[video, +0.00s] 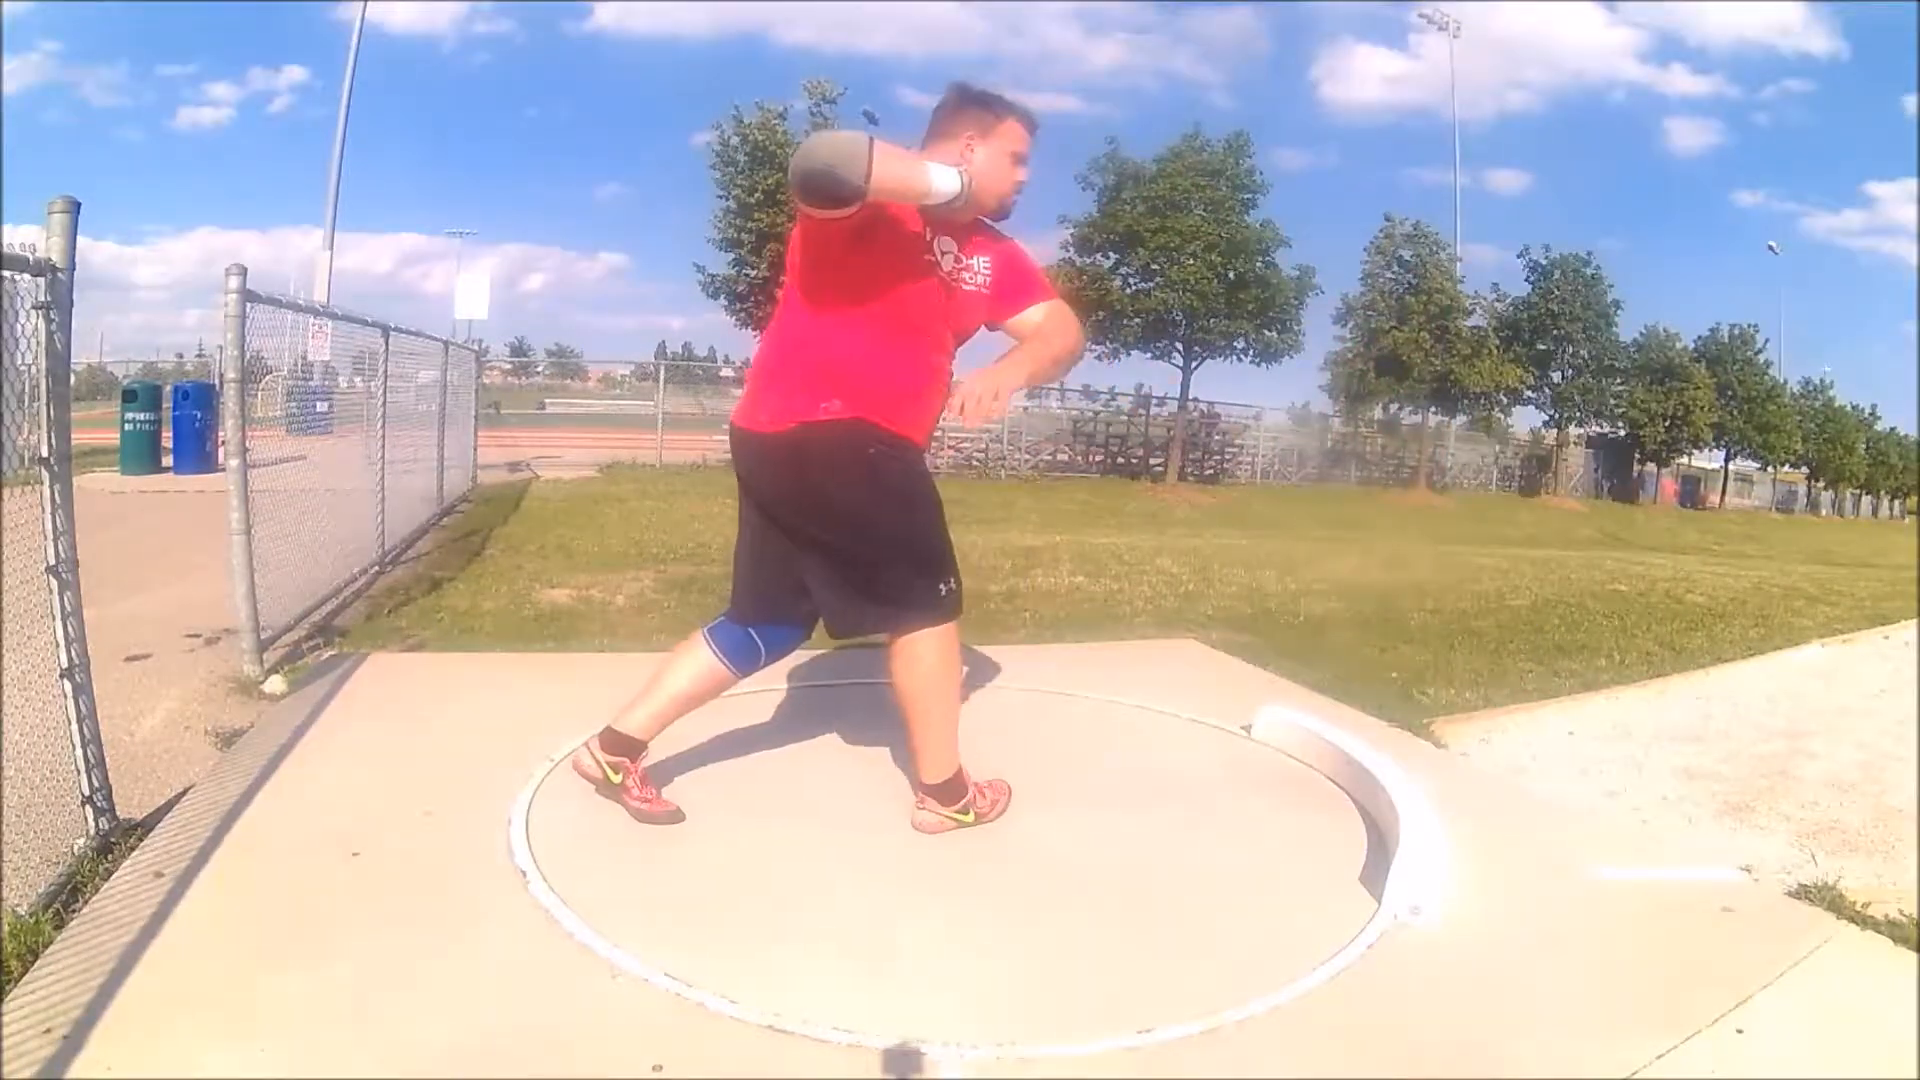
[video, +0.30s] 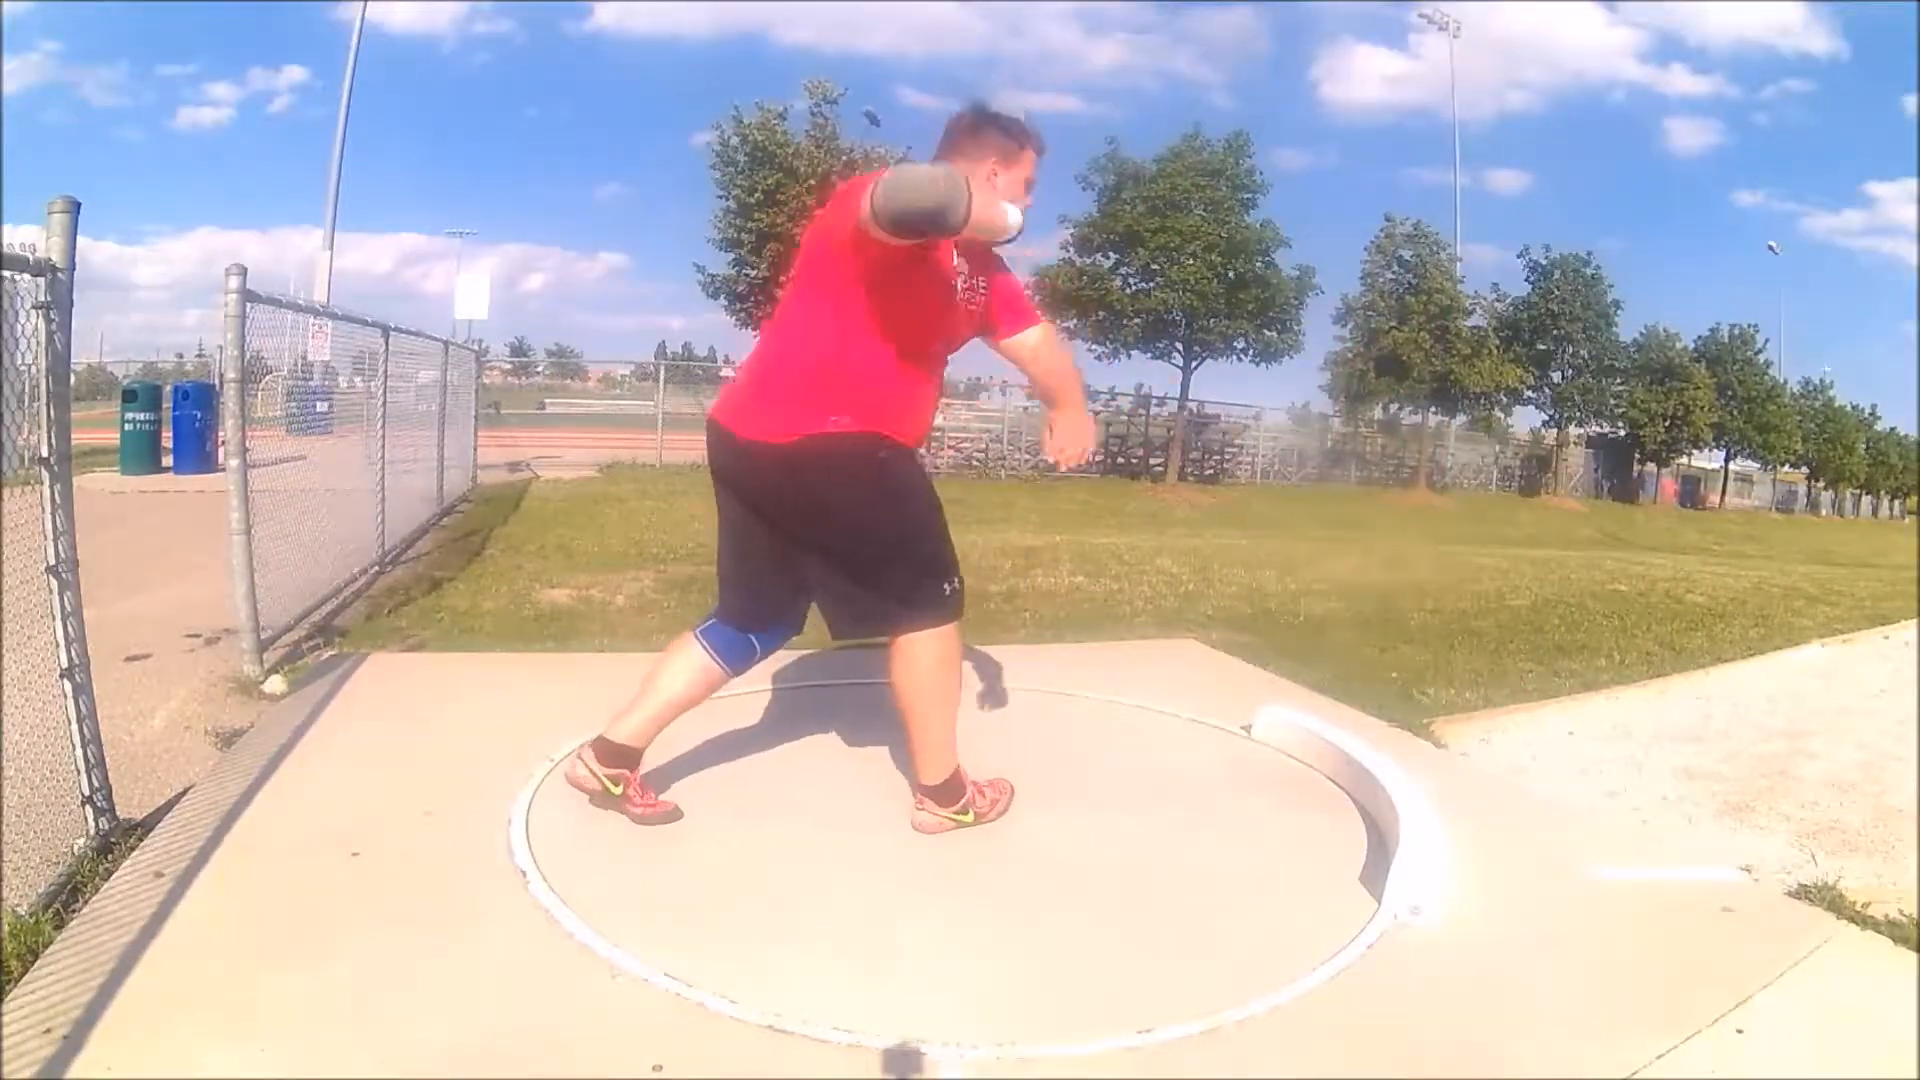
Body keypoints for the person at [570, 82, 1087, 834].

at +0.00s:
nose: (1023, 179)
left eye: (1026, 164)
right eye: (1017, 159)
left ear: (980, 153)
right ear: (966, 147)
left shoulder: (990, 256)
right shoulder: (853, 195)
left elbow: (1063, 331)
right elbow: (818, 157)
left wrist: (1005, 375)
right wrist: (948, 180)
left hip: (768, 432)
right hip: (848, 431)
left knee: (765, 622)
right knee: (925, 600)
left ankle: (617, 745)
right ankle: (941, 789)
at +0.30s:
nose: (1021, 209)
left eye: (1026, 193)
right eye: (1021, 189)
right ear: (985, 172)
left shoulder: (984, 277)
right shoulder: (869, 202)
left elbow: (1042, 352)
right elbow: (910, 200)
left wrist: (1071, 405)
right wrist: (988, 212)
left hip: (748, 432)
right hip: (847, 440)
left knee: (753, 619)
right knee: (928, 601)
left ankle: (612, 753)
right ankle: (940, 788)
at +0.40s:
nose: (1025, 217)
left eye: (1027, 204)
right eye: (1025, 202)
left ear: (957, 168)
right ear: (1006, 184)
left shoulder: (962, 281)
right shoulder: (928, 208)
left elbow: (1023, 366)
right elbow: (1008, 228)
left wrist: (1103, 436)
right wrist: (1053, 244)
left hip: (742, 435)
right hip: (849, 451)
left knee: (746, 620)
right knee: (945, 603)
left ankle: (612, 761)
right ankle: (941, 788)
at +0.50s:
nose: (1035, 222)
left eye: (1026, 210)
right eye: (1034, 212)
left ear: (962, 192)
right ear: (1029, 208)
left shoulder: (908, 238)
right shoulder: (1006, 236)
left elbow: (981, 375)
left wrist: (1056, 439)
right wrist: (1063, 243)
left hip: (756, 442)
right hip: (879, 461)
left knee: (744, 622)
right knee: (966, 604)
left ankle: (613, 769)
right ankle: (944, 789)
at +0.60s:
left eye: (979, 205)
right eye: (1017, 215)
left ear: (960, 204)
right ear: (1029, 217)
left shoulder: (905, 248)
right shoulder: (1049, 258)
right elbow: (1165, 310)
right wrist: (1117, 271)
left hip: (814, 446)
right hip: (940, 476)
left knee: (738, 624)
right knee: (995, 612)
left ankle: (617, 778)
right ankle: (948, 786)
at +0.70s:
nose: (940, 227)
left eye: (941, 217)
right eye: (946, 219)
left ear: (949, 213)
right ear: (1017, 215)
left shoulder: (912, 258)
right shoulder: (1080, 262)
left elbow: (828, 341)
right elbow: (1137, 327)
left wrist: (801, 400)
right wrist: (1071, 325)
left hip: (922, 448)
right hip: (1060, 467)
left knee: (788, 619)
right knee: (1013, 621)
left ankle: (654, 764)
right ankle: (975, 783)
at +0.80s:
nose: (937, 237)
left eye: (941, 225)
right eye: (939, 226)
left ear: (965, 212)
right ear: (1018, 214)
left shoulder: (948, 254)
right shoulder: (1094, 260)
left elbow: (830, 306)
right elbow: (1133, 348)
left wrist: (738, 353)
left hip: (1020, 454)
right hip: (1139, 468)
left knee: (905, 616)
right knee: (1009, 608)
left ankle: (888, 819)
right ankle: (1007, 767)